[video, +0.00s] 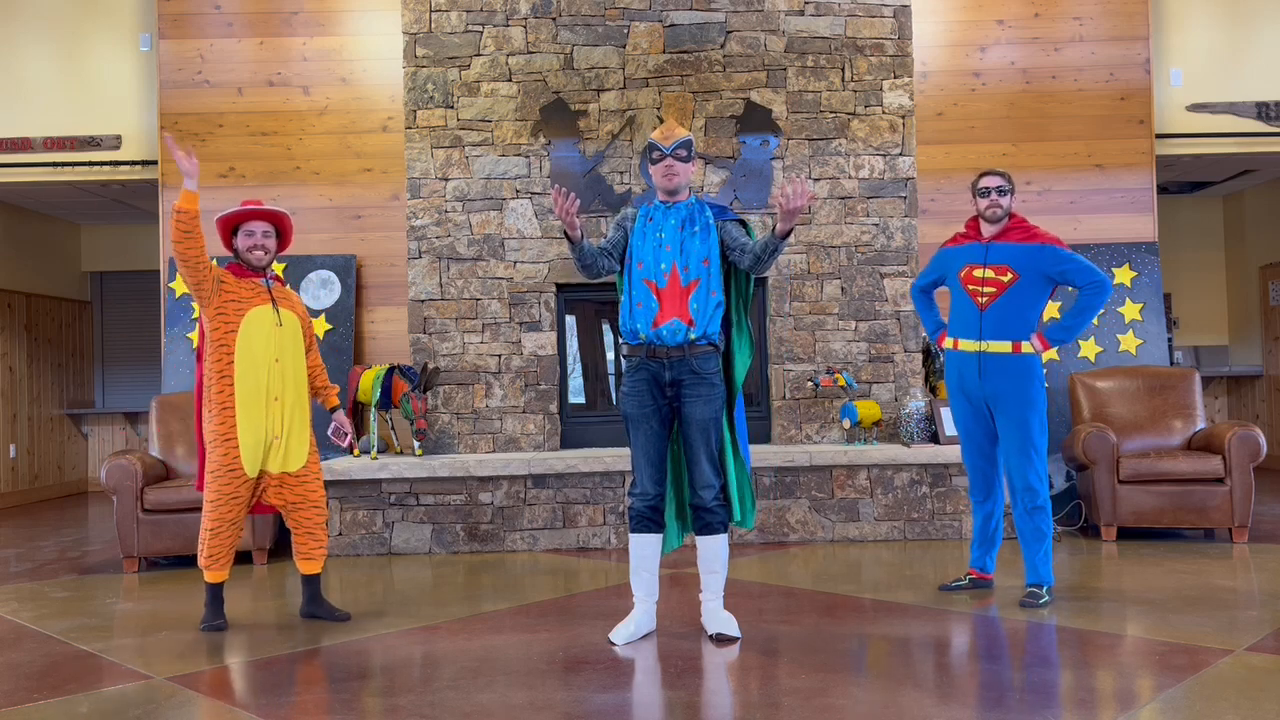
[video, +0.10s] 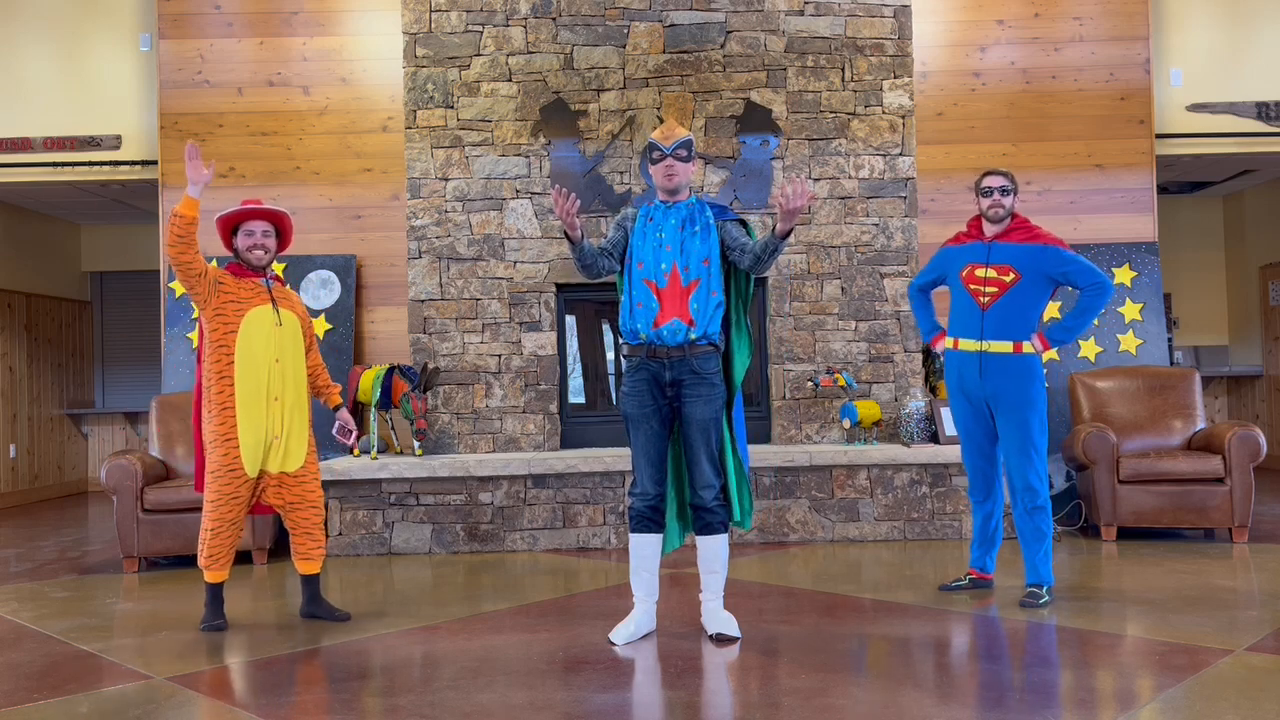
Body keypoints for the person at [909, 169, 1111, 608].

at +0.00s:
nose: (993, 198)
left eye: (1001, 192)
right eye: (985, 192)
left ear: (1013, 200)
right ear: (974, 202)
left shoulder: (1038, 249)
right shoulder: (951, 252)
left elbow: (1098, 285)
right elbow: (920, 289)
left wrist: (1054, 335)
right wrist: (938, 332)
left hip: (1017, 374)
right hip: (963, 374)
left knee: (1027, 480)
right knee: (981, 479)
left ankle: (1039, 581)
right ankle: (981, 572)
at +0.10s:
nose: (995, 199)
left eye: (1003, 192)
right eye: (987, 192)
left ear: (1016, 200)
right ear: (976, 201)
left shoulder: (1039, 249)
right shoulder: (954, 251)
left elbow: (1100, 286)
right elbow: (918, 289)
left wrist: (1054, 336)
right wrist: (934, 335)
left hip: (1017, 375)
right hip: (963, 374)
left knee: (1027, 480)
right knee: (981, 479)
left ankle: (1039, 581)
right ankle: (981, 572)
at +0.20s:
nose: (998, 198)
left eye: (1007, 192)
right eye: (990, 192)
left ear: (1019, 200)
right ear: (979, 200)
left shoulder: (1041, 249)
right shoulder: (956, 250)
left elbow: (1101, 288)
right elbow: (914, 290)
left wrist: (1052, 337)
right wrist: (915, 340)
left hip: (1017, 375)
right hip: (963, 374)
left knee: (1027, 480)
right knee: (981, 478)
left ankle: (1039, 582)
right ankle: (980, 572)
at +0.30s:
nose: (1000, 201)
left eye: (1008, 193)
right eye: (992, 194)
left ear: (1020, 200)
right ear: (981, 202)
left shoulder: (1045, 250)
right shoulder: (958, 252)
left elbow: (1102, 290)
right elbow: (907, 286)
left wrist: (1054, 336)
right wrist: (882, 322)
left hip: (1017, 376)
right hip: (965, 377)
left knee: (1028, 481)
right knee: (981, 480)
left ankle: (1038, 581)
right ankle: (981, 571)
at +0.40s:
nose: (997, 202)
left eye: (1005, 194)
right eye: (989, 196)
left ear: (1019, 200)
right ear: (979, 204)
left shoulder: (1044, 250)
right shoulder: (959, 250)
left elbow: (1102, 287)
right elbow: (912, 269)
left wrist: (1055, 337)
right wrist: (870, 278)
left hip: (1019, 375)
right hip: (966, 375)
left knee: (1028, 480)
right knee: (981, 479)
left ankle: (1039, 581)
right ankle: (981, 571)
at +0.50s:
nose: (992, 203)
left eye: (1000, 195)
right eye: (984, 197)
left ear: (1014, 199)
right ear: (975, 205)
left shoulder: (1041, 247)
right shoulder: (955, 250)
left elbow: (1101, 284)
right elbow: (904, 256)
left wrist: (1054, 336)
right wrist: (875, 236)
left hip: (1019, 376)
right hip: (968, 376)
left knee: (1028, 481)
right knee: (981, 479)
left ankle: (1039, 580)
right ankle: (981, 572)